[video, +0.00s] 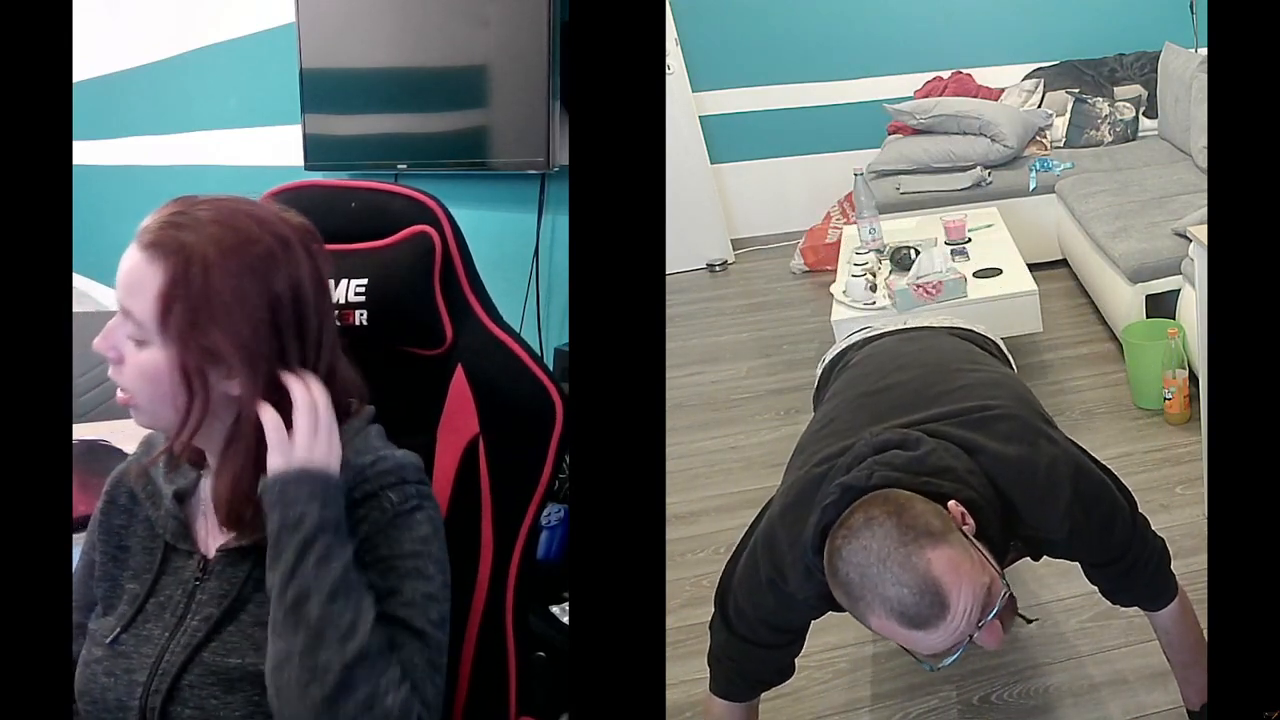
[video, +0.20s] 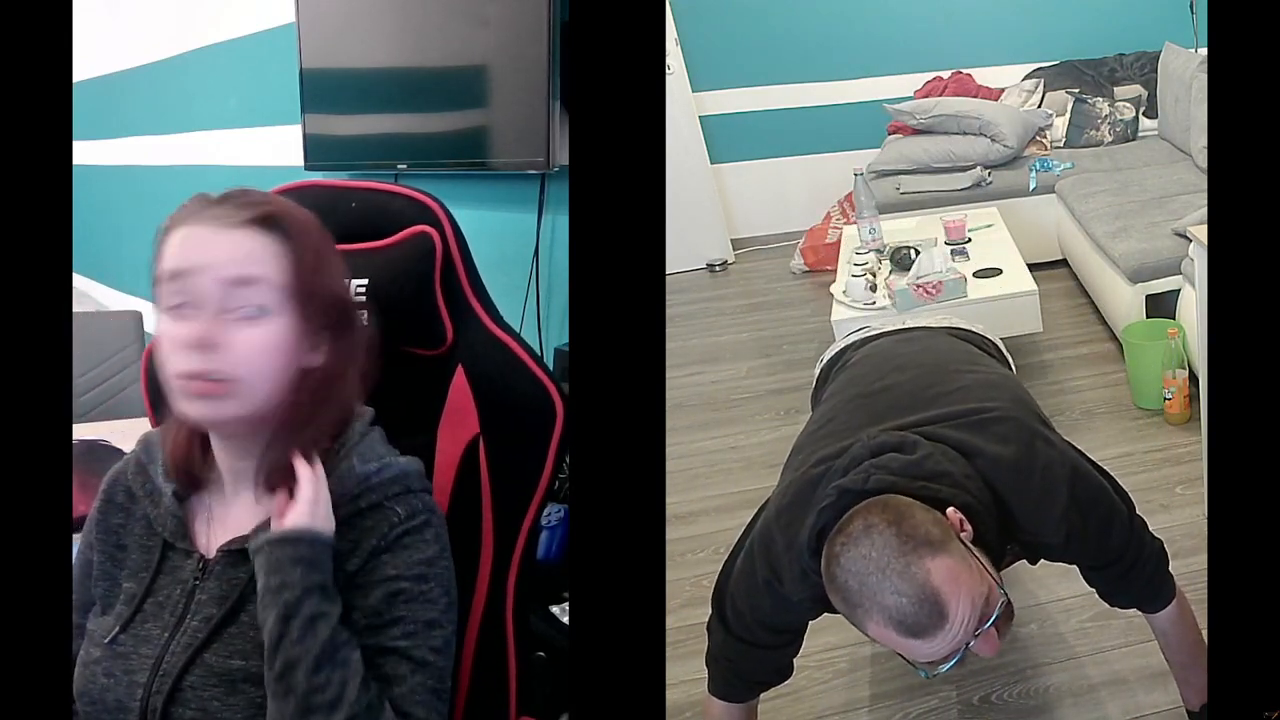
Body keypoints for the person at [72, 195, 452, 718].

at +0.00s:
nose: (101, 346)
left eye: (137, 335)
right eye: (117, 317)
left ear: (234, 372)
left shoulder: (383, 499)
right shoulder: (135, 488)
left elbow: (370, 712)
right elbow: (76, 660)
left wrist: (303, 508)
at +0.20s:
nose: (199, 335)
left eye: (246, 311)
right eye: (179, 306)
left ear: (318, 339)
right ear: (155, 329)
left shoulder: (386, 506)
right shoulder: (134, 486)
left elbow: (397, 711)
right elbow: (76, 659)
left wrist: (295, 572)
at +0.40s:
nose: (289, 327)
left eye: (312, 299)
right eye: (247, 302)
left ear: (339, 327)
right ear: (178, 340)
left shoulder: (394, 521)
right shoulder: (127, 494)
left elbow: (412, 709)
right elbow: (78, 665)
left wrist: (302, 601)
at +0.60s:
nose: (316, 346)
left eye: (332, 312)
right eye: (273, 316)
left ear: (350, 328)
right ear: (188, 343)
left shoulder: (393, 522)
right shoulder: (121, 495)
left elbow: (421, 708)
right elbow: (80, 677)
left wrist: (311, 626)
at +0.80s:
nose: (316, 352)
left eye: (332, 317)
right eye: (273, 320)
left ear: (349, 332)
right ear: (187, 343)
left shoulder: (391, 520)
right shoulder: (121, 494)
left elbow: (419, 708)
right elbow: (81, 678)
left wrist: (309, 631)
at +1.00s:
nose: (312, 352)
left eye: (330, 317)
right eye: (271, 319)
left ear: (347, 333)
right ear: (186, 340)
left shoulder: (393, 537)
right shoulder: (120, 500)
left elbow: (406, 707)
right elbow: (81, 682)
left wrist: (262, 686)